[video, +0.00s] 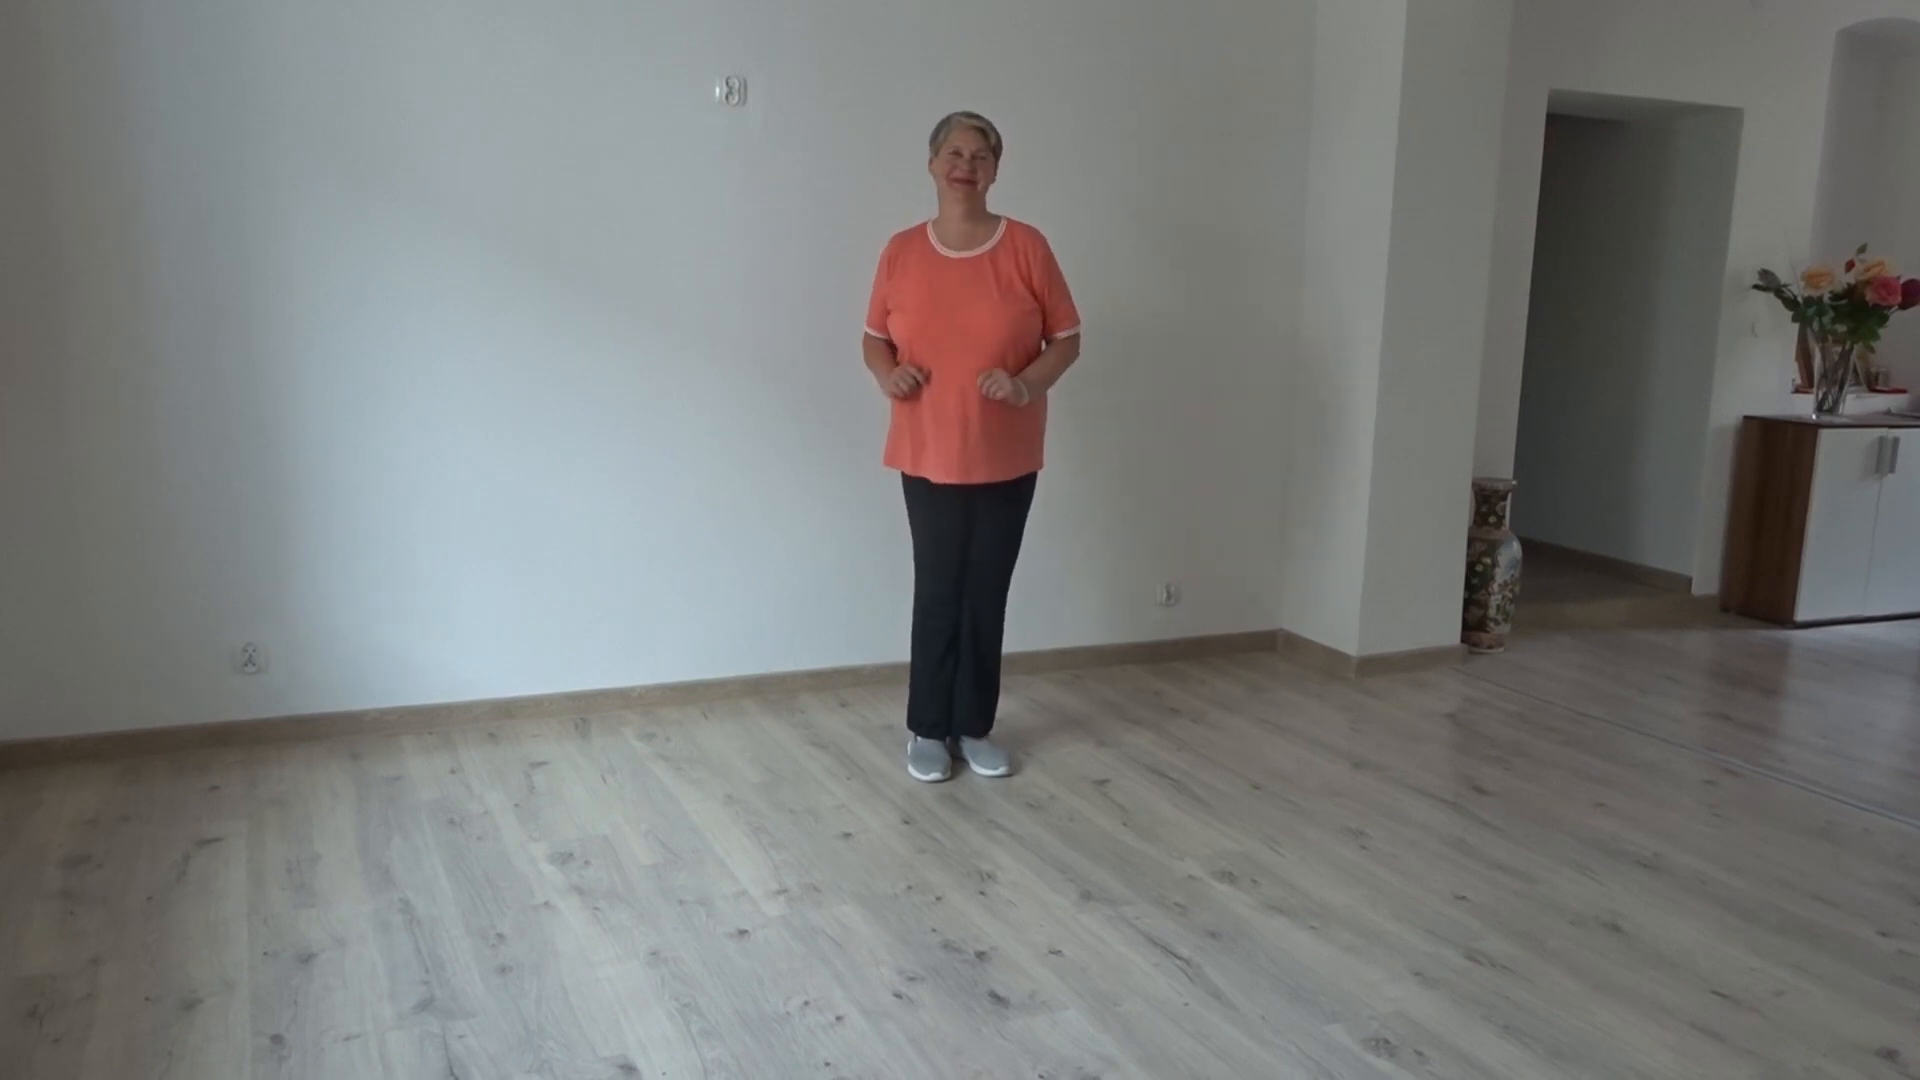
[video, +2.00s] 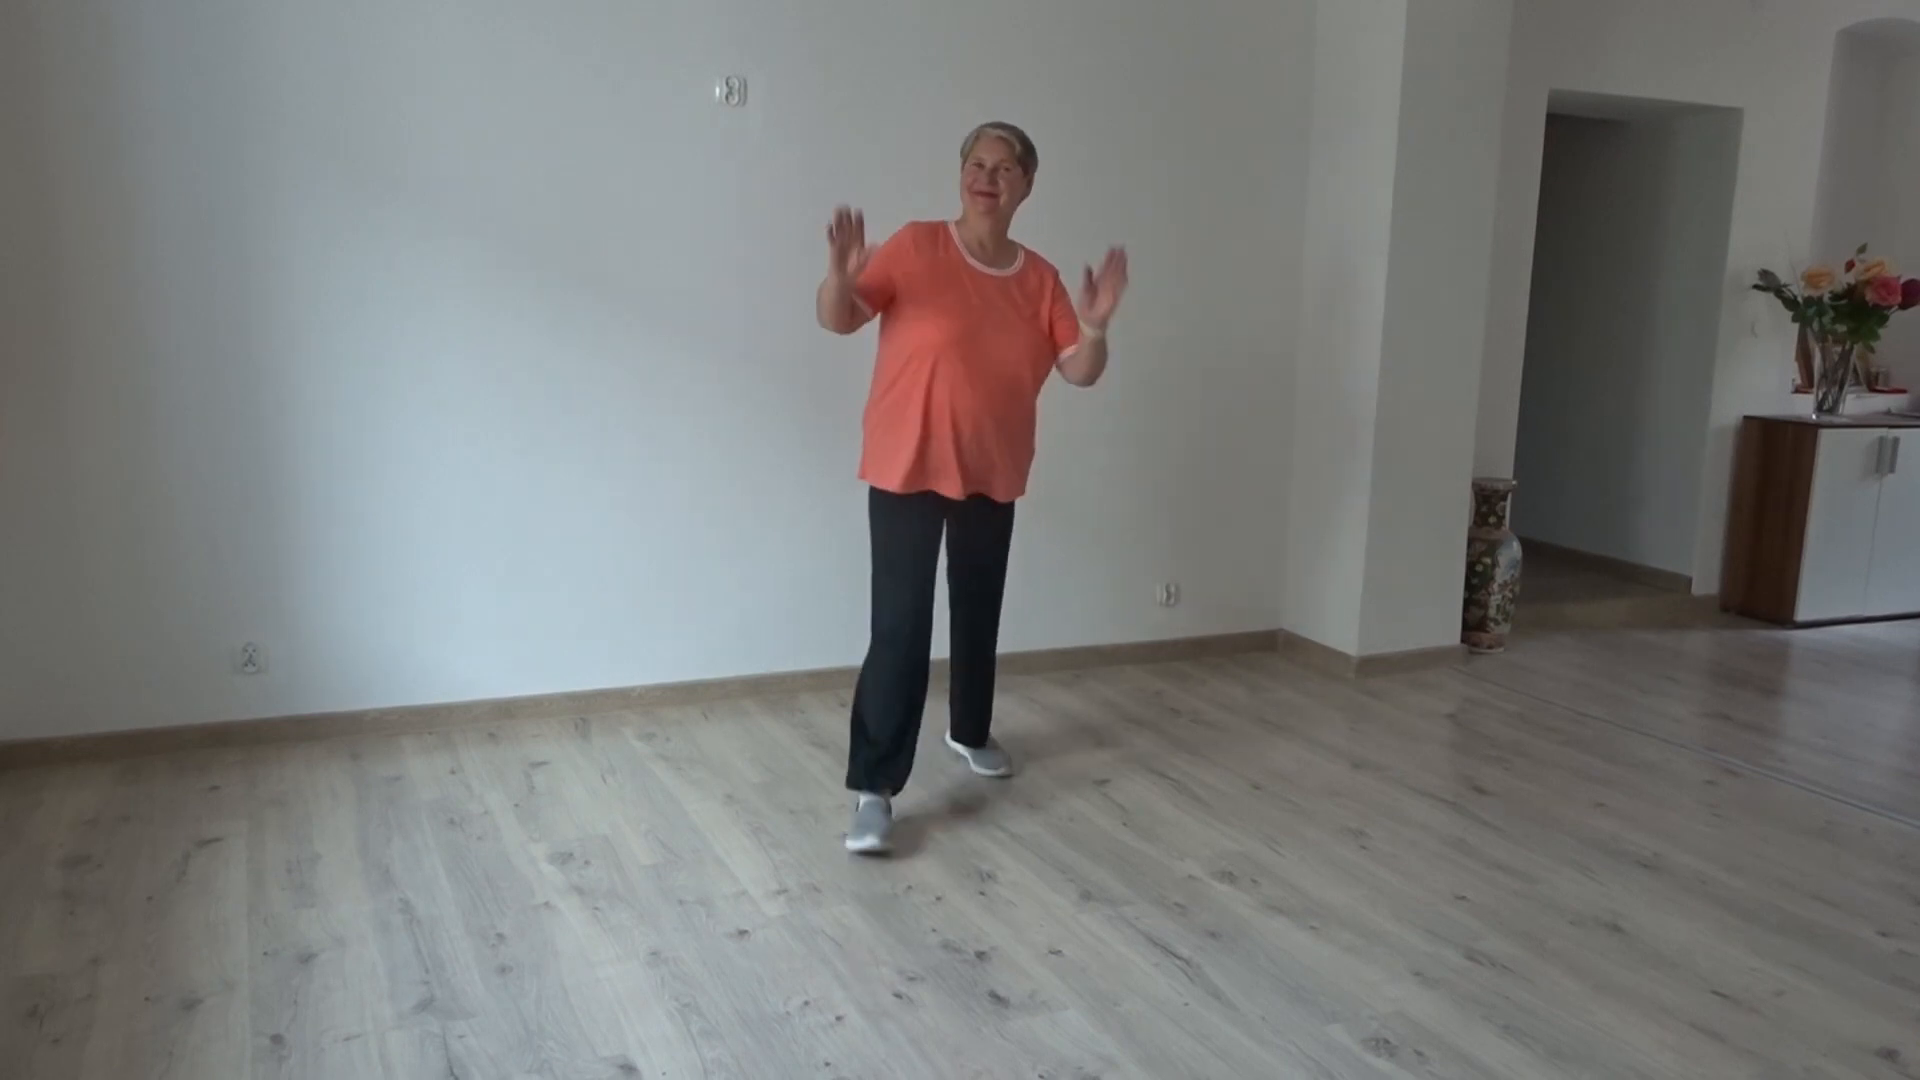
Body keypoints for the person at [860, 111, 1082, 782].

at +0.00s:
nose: (966, 163)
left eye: (979, 155)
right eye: (954, 153)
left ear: (995, 169)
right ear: (932, 165)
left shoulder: (1026, 246)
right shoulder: (903, 250)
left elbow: (1068, 338)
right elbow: (875, 335)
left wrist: (1026, 382)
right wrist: (889, 371)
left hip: (1005, 459)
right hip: (929, 459)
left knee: (986, 599)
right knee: (938, 596)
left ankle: (973, 730)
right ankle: (927, 732)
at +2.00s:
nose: (986, 178)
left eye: (1003, 170)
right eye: (976, 166)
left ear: (1025, 186)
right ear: (959, 177)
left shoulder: (1039, 278)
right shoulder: (914, 245)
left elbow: (1081, 373)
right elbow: (840, 320)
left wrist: (1095, 326)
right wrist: (840, 270)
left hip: (991, 472)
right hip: (905, 463)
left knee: (979, 617)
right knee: (900, 627)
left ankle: (970, 734)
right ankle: (872, 789)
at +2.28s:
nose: (963, 162)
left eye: (981, 155)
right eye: (953, 149)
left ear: (1001, 175)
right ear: (932, 160)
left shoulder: (1004, 265)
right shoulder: (878, 233)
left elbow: (1021, 366)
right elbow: (806, 315)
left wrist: (1021, 273)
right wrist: (844, 233)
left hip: (959, 470)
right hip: (868, 460)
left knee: (965, 626)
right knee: (875, 632)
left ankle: (966, 733)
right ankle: (874, 802)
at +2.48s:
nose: (951, 169)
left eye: (967, 161)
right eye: (940, 155)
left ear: (983, 181)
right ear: (914, 165)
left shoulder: (1000, 268)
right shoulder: (867, 251)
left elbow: (1015, 373)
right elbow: (809, 349)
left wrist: (924, 350)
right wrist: (871, 335)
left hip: (954, 500)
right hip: (865, 494)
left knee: (930, 654)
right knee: (874, 650)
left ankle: (925, 804)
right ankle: (870, 808)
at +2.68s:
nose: (948, 169)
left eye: (961, 160)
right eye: (932, 157)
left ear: (975, 179)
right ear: (900, 173)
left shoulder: (1005, 270)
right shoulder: (864, 269)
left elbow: (1053, 377)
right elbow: (805, 362)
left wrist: (985, 427)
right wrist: (815, 409)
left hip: (978, 498)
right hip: (880, 498)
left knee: (996, 652)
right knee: (880, 660)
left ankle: (967, 784)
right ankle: (871, 817)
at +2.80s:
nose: (956, 154)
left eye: (970, 144)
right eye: (940, 143)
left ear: (986, 163)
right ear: (910, 162)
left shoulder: (1023, 255)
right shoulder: (877, 259)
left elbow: (1090, 356)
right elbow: (817, 346)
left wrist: (1062, 371)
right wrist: (820, 364)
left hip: (1005, 482)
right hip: (902, 485)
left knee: (1050, 644)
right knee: (894, 653)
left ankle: (1064, 806)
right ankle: (871, 818)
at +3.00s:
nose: (1005, 167)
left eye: (1016, 155)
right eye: (989, 156)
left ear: (1035, 172)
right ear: (957, 175)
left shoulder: (1082, 260)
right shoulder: (934, 273)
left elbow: (1135, 373)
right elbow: (894, 386)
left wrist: (1115, 303)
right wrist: (916, 305)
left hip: (1063, 489)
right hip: (960, 490)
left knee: (1118, 662)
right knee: (929, 657)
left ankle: (1184, 835)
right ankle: (878, 819)